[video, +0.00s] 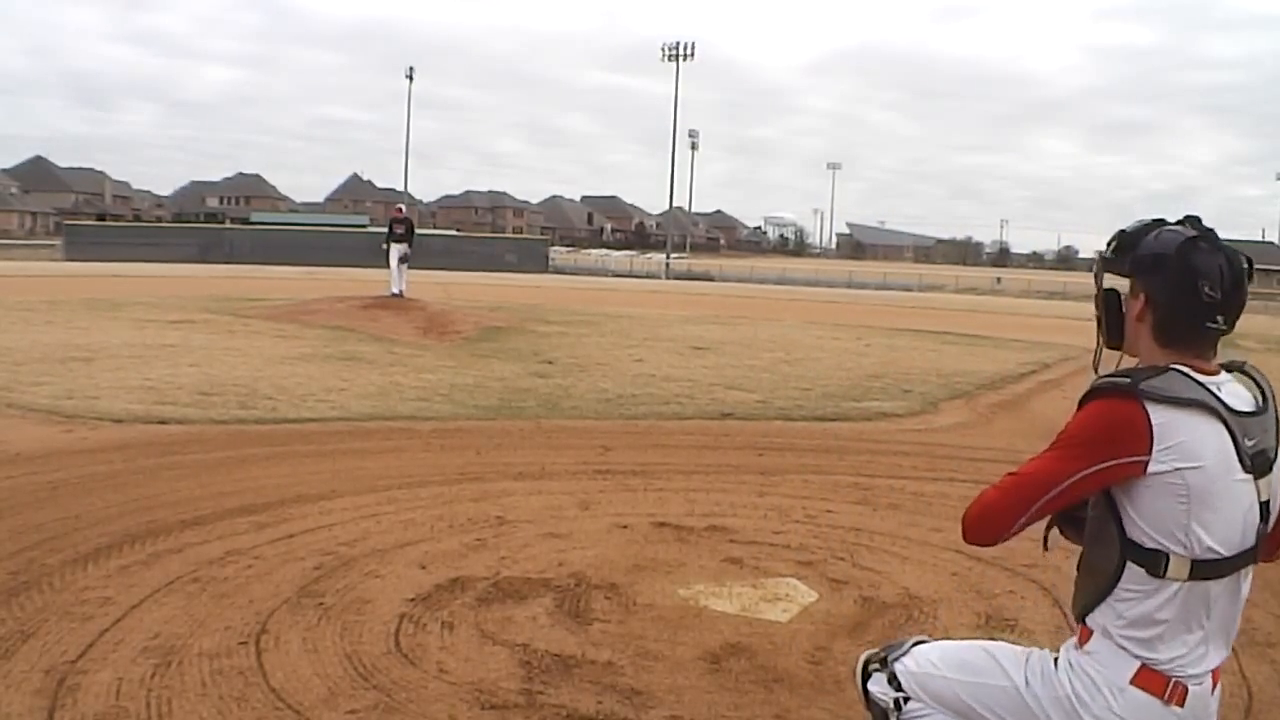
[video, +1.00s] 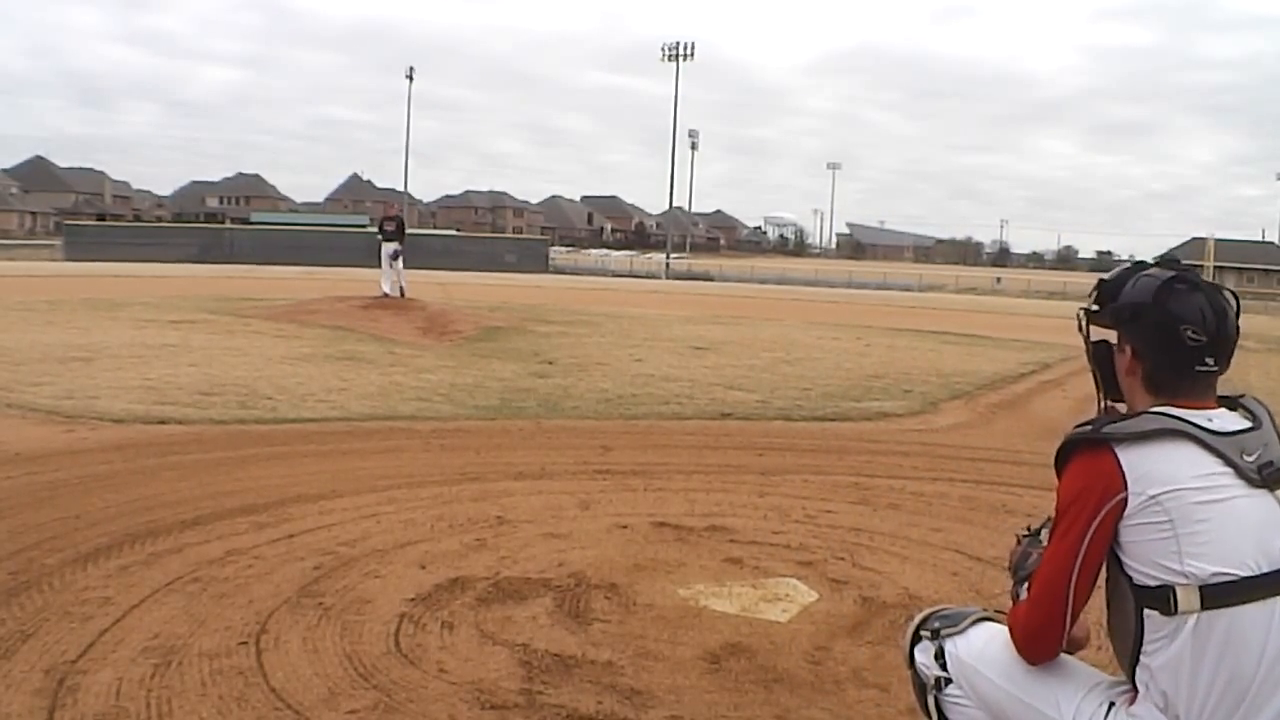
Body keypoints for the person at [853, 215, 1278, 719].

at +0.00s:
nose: (1118, 303)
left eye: (1125, 290)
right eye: (1123, 288)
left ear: (1140, 304)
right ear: (1217, 313)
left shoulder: (1130, 408)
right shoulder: (1253, 395)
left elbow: (980, 525)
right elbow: (1270, 542)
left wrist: (1066, 494)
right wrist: (1104, 527)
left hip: (1116, 695)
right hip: (1202, 697)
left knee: (890, 675)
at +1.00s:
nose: (1111, 355)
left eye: (1114, 344)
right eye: (1112, 342)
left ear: (1130, 359)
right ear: (1215, 358)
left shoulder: (1110, 455)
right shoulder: (1261, 429)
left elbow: (1036, 644)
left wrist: (1033, 575)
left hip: (1168, 714)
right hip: (1265, 706)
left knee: (943, 641)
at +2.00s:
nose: (1103, 360)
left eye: (1108, 348)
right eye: (1106, 346)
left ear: (1126, 362)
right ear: (1208, 366)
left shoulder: (1099, 456)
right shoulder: (1252, 433)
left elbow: (1033, 648)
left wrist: (1021, 561)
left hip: (1163, 717)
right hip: (1262, 708)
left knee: (942, 641)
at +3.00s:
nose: (1147, 351)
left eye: (1154, 339)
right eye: (1151, 338)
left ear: (1171, 352)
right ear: (1246, 360)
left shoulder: (1149, 437)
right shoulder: (1272, 429)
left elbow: (977, 529)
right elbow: (1123, 527)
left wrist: (1047, 480)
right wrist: (1059, 485)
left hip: (1180, 708)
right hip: (1268, 703)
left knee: (974, 590)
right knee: (1133, 640)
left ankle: (1018, 709)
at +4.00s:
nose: (1008, 375)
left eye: (1011, 363)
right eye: (1010, 362)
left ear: (1026, 378)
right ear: (1100, 380)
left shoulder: (1003, 457)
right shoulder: (1153, 451)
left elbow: (832, 504)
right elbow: (1232, 535)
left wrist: (929, 486)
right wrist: (1131, 501)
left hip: (1081, 710)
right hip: (1202, 709)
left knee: (893, 583)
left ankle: (868, 707)